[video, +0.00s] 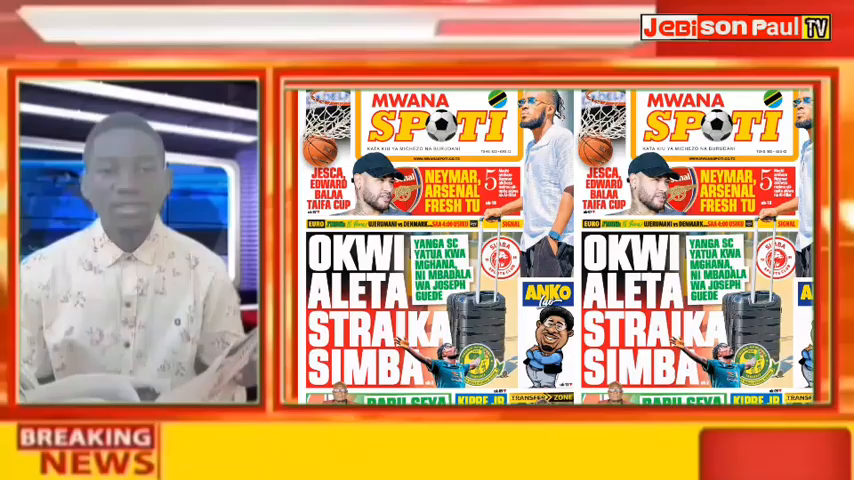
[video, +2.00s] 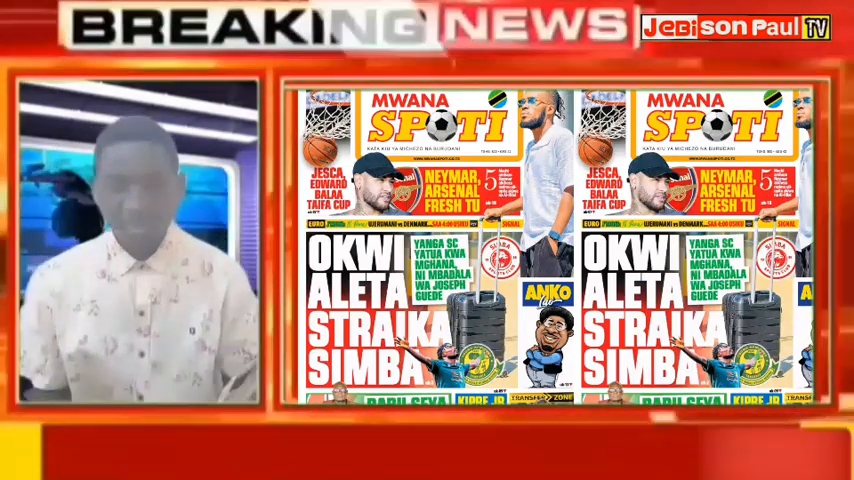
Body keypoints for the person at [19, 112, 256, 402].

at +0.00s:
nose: (127, 184)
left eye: (145, 169)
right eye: (107, 170)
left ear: (167, 181)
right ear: (85, 186)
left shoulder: (206, 272)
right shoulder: (40, 274)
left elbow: (232, 386)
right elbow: (20, 390)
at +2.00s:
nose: (135, 202)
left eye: (152, 185)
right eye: (119, 185)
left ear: (181, 187)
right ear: (94, 190)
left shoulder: (223, 277)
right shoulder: (55, 280)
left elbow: (251, 386)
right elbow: (46, 399)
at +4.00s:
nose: (130, 229)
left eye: (147, 211)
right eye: (113, 211)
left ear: (176, 195)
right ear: (91, 195)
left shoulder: (215, 275)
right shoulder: (54, 279)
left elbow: (242, 383)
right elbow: (49, 396)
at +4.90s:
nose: (163, 227)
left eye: (176, 208)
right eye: (145, 211)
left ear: (193, 194)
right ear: (108, 196)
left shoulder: (216, 275)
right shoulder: (54, 272)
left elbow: (233, 383)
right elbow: (40, 389)